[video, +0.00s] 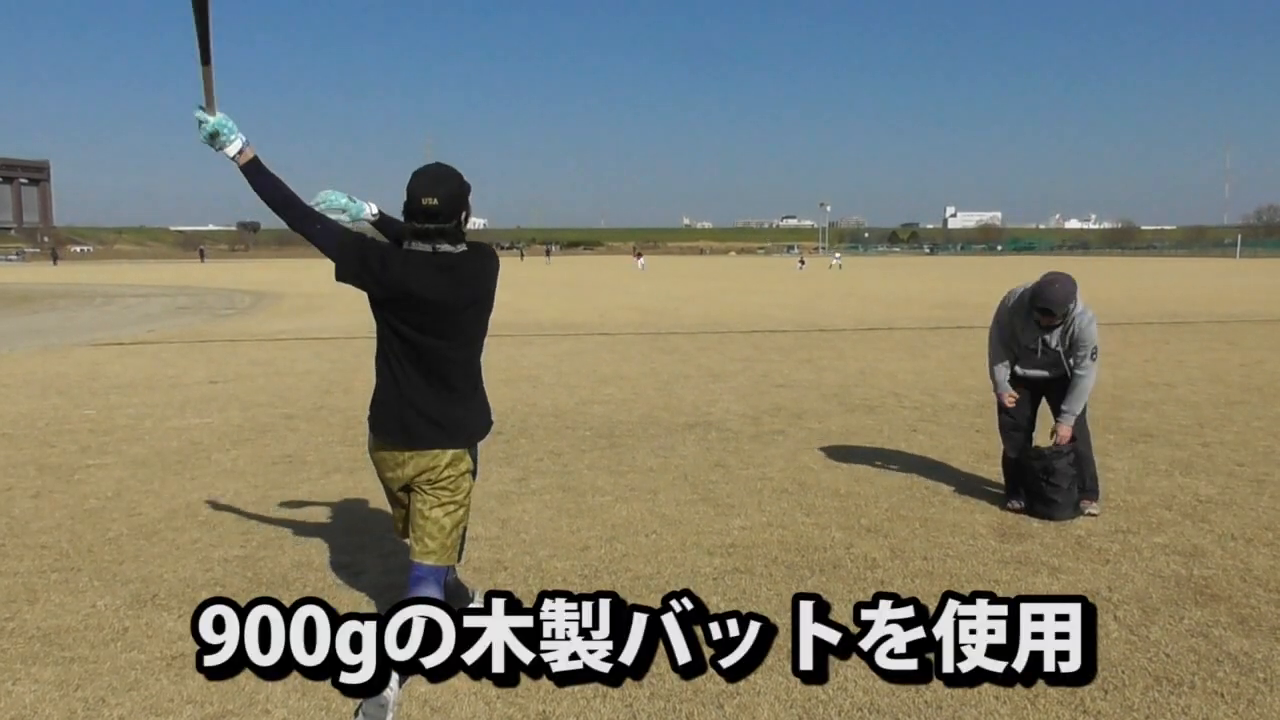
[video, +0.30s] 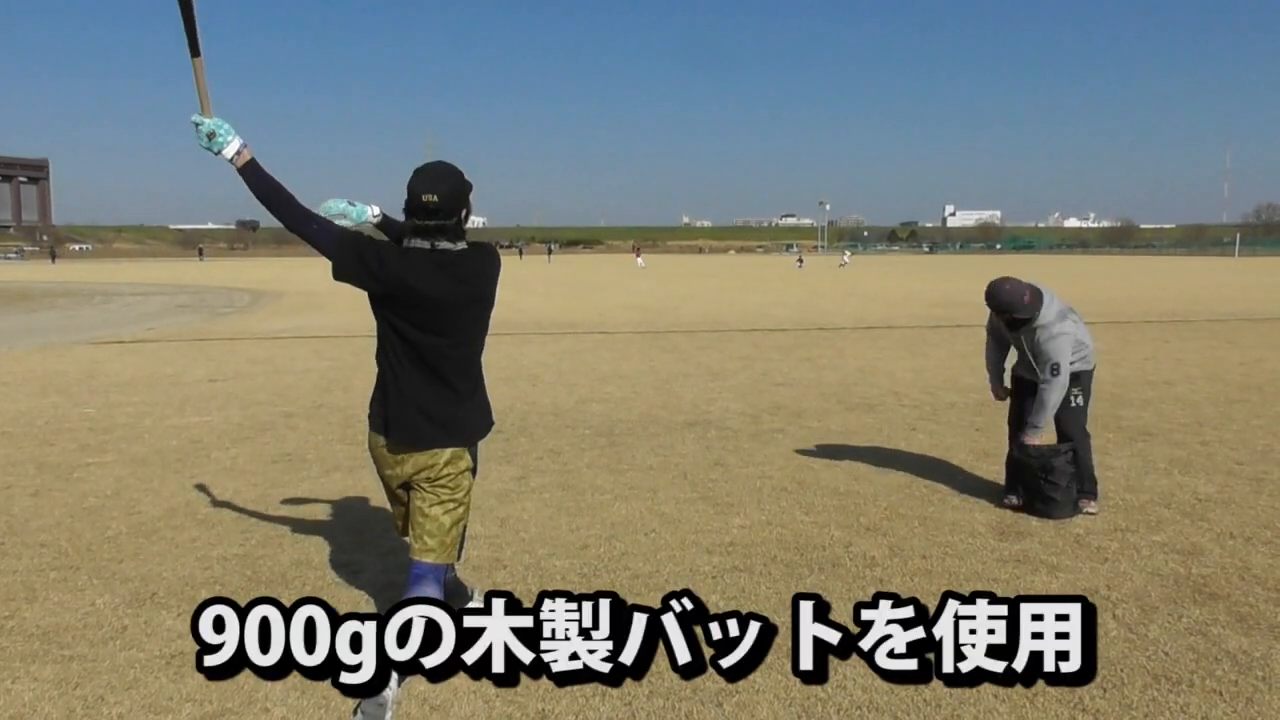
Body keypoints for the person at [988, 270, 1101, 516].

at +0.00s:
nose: (1044, 320)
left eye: (1052, 316)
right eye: (1039, 313)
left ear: (1067, 310)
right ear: (1033, 301)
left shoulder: (1082, 321)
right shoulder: (1013, 305)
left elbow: (1085, 372)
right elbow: (998, 345)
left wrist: (1067, 419)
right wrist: (1002, 385)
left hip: (1062, 379)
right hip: (1021, 377)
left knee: (1076, 433)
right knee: (1014, 434)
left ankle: (1087, 495)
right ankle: (1015, 494)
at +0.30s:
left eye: (1023, 315)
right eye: (1015, 317)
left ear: (1025, 311)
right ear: (1002, 316)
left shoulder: (1052, 328)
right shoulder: (1000, 315)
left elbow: (1056, 383)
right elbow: (996, 344)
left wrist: (1034, 430)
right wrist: (996, 380)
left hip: (1072, 368)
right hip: (1030, 367)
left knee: (1069, 429)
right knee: (1018, 426)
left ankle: (1086, 493)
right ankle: (1015, 488)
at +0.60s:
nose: (986, 320)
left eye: (984, 316)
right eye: (984, 316)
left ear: (984, 315)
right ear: (998, 292)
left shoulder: (1028, 340)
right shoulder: (1009, 298)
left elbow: (1035, 396)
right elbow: (1004, 346)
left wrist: (1027, 438)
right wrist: (1010, 377)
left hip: (1082, 368)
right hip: (1047, 369)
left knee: (1074, 431)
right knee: (1030, 430)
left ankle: (1089, 493)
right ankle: (1019, 490)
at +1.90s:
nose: (979, 282)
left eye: (978, 277)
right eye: (978, 277)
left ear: (988, 280)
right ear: (1004, 262)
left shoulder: (1028, 302)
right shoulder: (1011, 288)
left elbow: (1043, 355)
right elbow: (1007, 330)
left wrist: (1040, 398)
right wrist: (1005, 362)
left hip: (1073, 364)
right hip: (1038, 362)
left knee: (1068, 425)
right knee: (1025, 423)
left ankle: (1088, 491)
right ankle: (1017, 487)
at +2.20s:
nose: (999, 248)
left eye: (1000, 242)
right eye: (999, 242)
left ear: (1004, 244)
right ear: (1029, 231)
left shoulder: (1034, 270)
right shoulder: (1032, 259)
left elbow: (1044, 321)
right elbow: (1018, 311)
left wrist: (1041, 366)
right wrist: (1008, 345)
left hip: (1067, 358)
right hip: (1037, 356)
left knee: (1067, 427)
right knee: (1022, 422)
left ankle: (1086, 490)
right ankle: (1015, 485)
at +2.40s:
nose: (1008, 239)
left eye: (1009, 233)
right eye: (1009, 233)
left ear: (1014, 234)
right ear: (1041, 226)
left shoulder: (1041, 268)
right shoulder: (1035, 259)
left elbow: (1043, 323)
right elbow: (1020, 309)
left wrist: (1040, 366)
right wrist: (1010, 342)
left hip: (1065, 360)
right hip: (1038, 357)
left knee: (1067, 428)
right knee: (1021, 422)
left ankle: (1085, 490)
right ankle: (1015, 485)